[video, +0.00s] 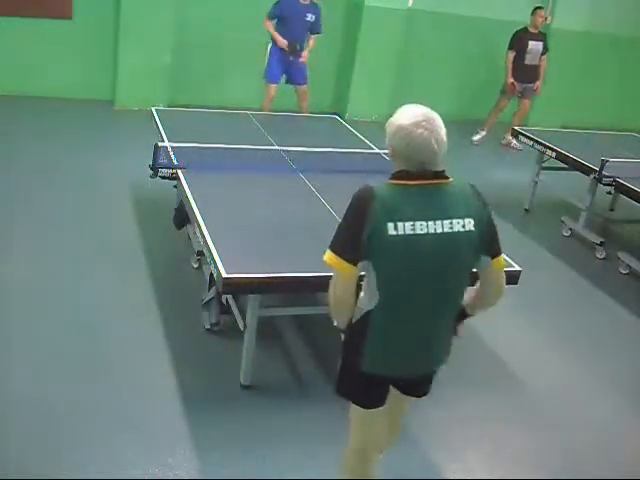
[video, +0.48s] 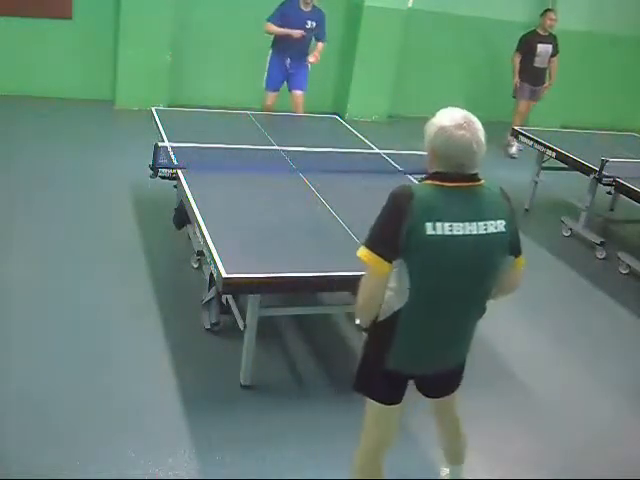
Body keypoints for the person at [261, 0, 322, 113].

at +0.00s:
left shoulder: (314, 9)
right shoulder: (284, 3)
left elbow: (313, 35)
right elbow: (268, 21)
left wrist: (306, 51)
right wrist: (278, 39)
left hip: (298, 52)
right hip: (279, 49)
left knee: (303, 90)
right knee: (271, 90)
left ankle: (303, 122)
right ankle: (264, 120)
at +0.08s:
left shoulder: (313, 8)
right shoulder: (281, 3)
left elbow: (314, 33)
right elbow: (265, 22)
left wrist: (306, 49)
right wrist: (275, 37)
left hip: (297, 52)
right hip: (277, 49)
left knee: (302, 93)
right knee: (270, 91)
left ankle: (301, 126)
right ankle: (265, 123)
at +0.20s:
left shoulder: (312, 7)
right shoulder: (280, 3)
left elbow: (313, 32)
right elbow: (264, 21)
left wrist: (305, 50)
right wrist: (274, 35)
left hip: (296, 52)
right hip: (276, 50)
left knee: (299, 91)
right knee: (270, 90)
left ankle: (299, 125)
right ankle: (265, 122)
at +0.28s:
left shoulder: (312, 8)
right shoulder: (280, 3)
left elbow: (314, 33)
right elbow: (264, 23)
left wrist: (305, 52)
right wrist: (277, 35)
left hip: (297, 52)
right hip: (276, 50)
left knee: (298, 91)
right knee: (270, 91)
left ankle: (299, 125)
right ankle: (266, 123)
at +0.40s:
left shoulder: (317, 13)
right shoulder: (284, 5)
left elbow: (318, 38)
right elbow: (265, 27)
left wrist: (312, 55)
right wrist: (286, 33)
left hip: (299, 56)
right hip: (278, 54)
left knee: (298, 93)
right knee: (273, 92)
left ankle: (299, 128)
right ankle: (265, 124)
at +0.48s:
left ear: (314, 0)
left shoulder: (318, 14)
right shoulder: (287, 6)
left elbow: (320, 40)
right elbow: (268, 27)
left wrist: (316, 54)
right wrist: (290, 32)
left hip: (300, 59)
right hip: (279, 56)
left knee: (298, 96)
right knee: (270, 98)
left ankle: (299, 129)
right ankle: (265, 129)